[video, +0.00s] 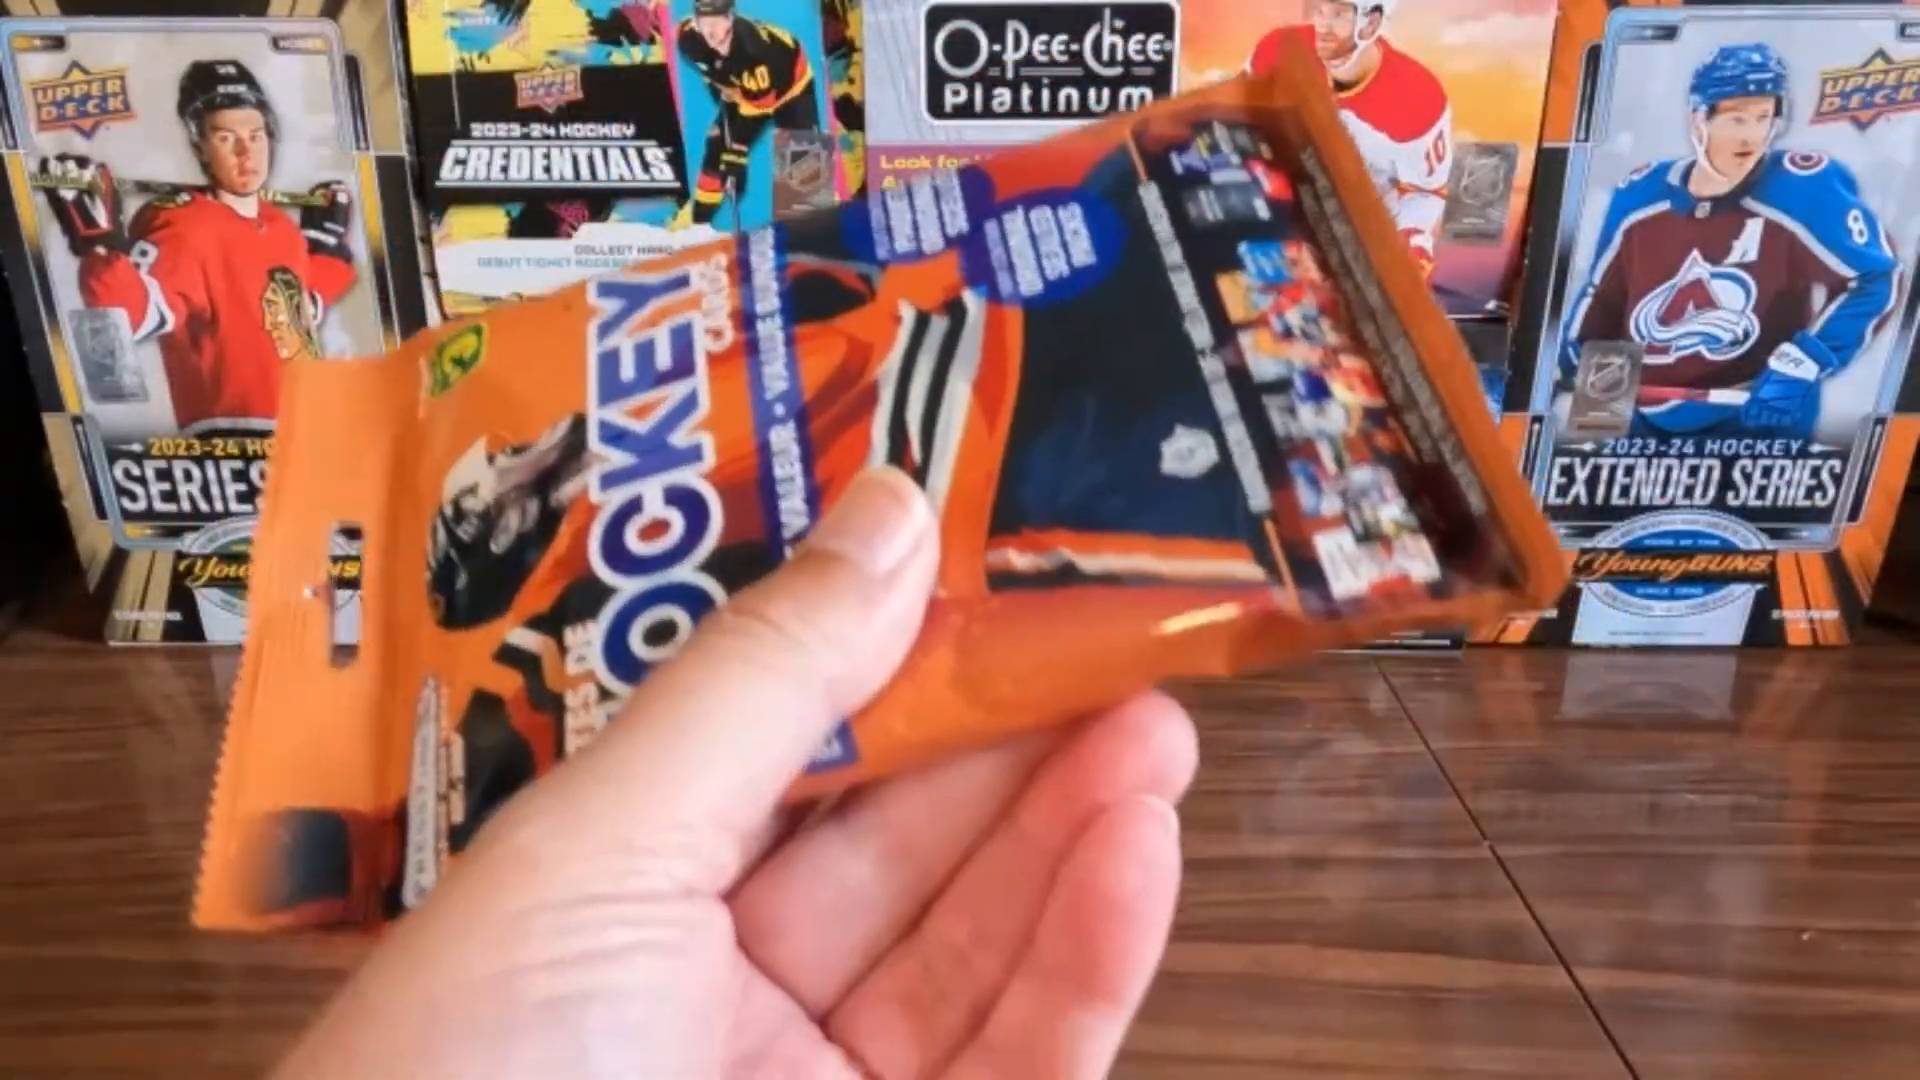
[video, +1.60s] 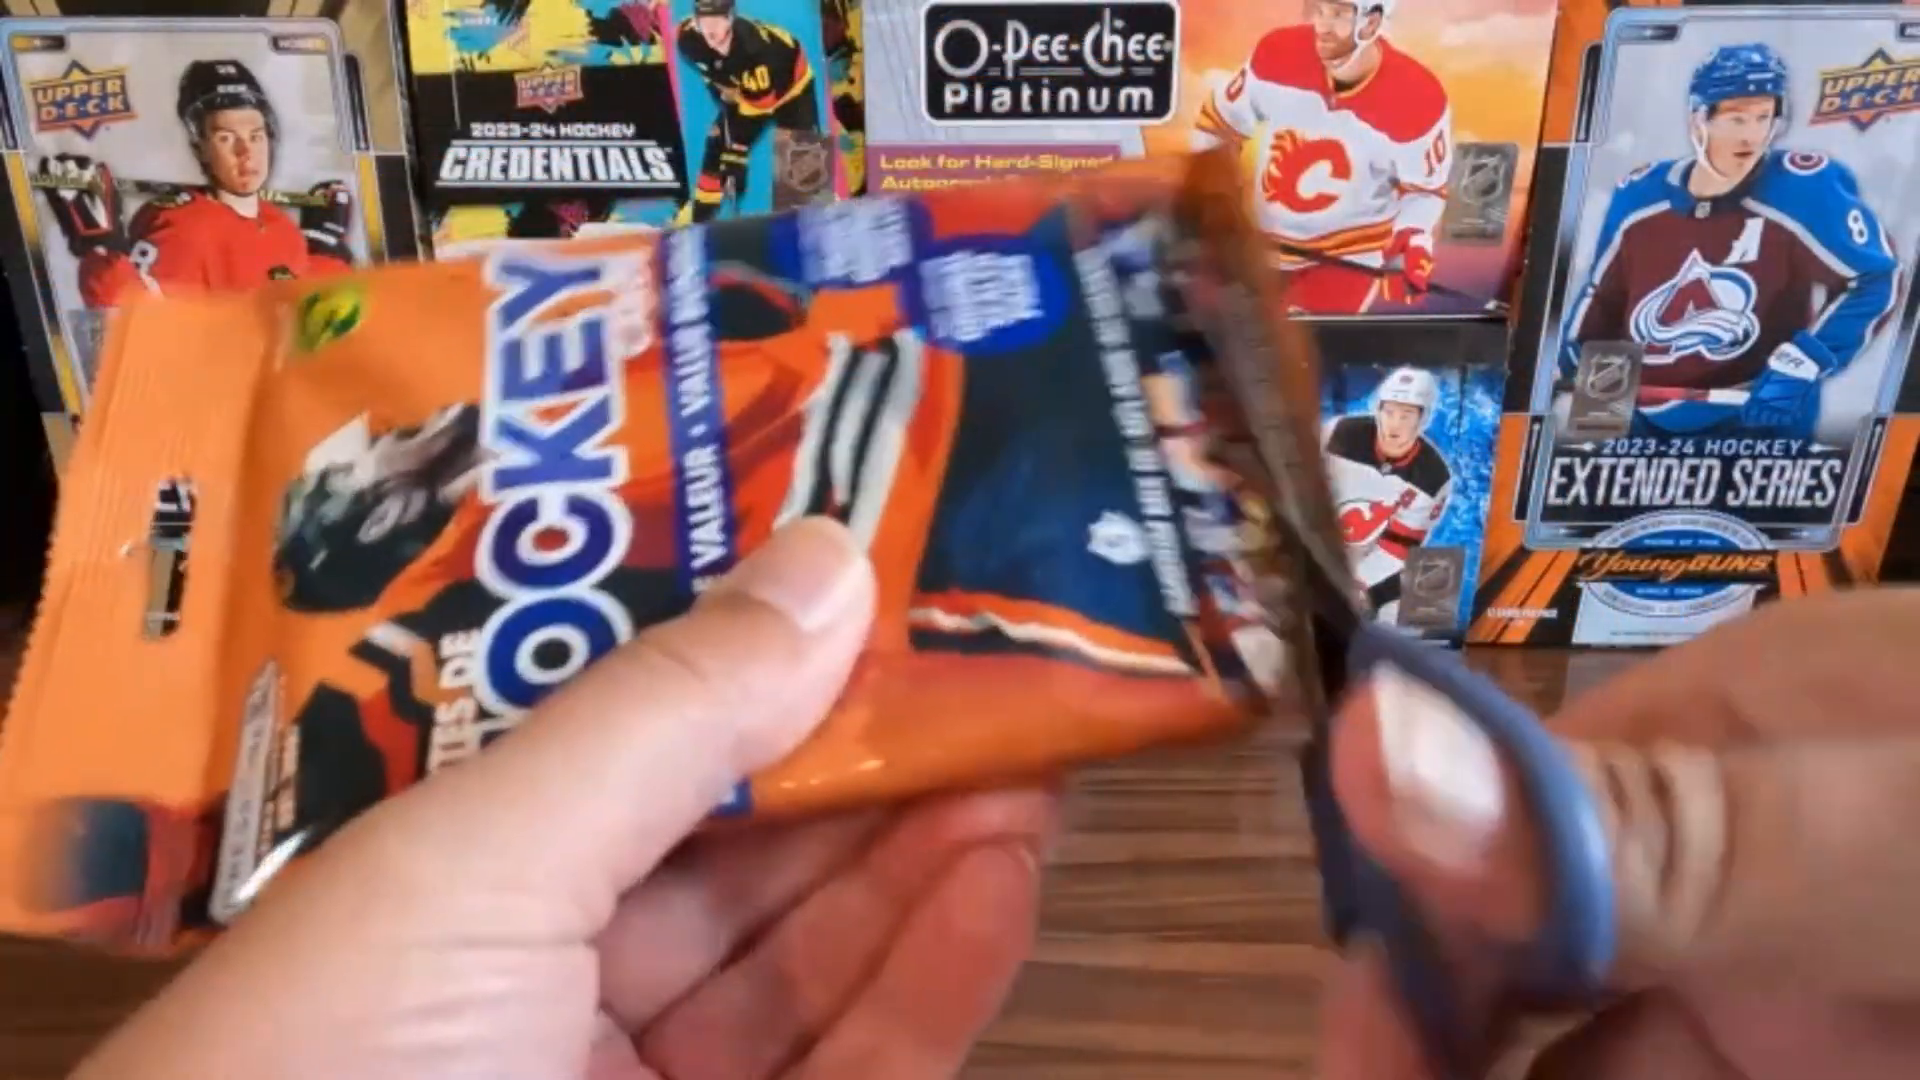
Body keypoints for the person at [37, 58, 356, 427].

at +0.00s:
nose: (246, 150)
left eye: (256, 134)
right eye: (227, 138)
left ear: (270, 139)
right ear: (200, 147)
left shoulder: (280, 225)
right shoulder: (183, 226)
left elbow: (301, 308)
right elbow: (139, 315)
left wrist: (333, 250)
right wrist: (99, 246)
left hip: (308, 424)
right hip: (232, 435)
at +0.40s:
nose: (246, 153)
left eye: (256, 136)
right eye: (226, 138)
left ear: (271, 141)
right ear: (200, 148)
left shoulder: (284, 226)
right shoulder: (183, 227)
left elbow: (316, 318)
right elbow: (139, 319)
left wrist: (330, 244)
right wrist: (101, 248)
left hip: (300, 417)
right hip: (217, 421)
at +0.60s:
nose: (246, 154)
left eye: (255, 135)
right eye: (227, 139)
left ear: (269, 138)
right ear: (200, 148)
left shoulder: (296, 215)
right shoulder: (177, 224)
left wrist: (333, 216)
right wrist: (100, 244)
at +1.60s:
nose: (247, 153)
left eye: (256, 136)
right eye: (228, 139)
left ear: (270, 141)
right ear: (201, 150)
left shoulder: (284, 229)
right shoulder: (179, 228)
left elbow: (312, 318)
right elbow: (153, 334)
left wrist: (331, 252)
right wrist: (102, 254)